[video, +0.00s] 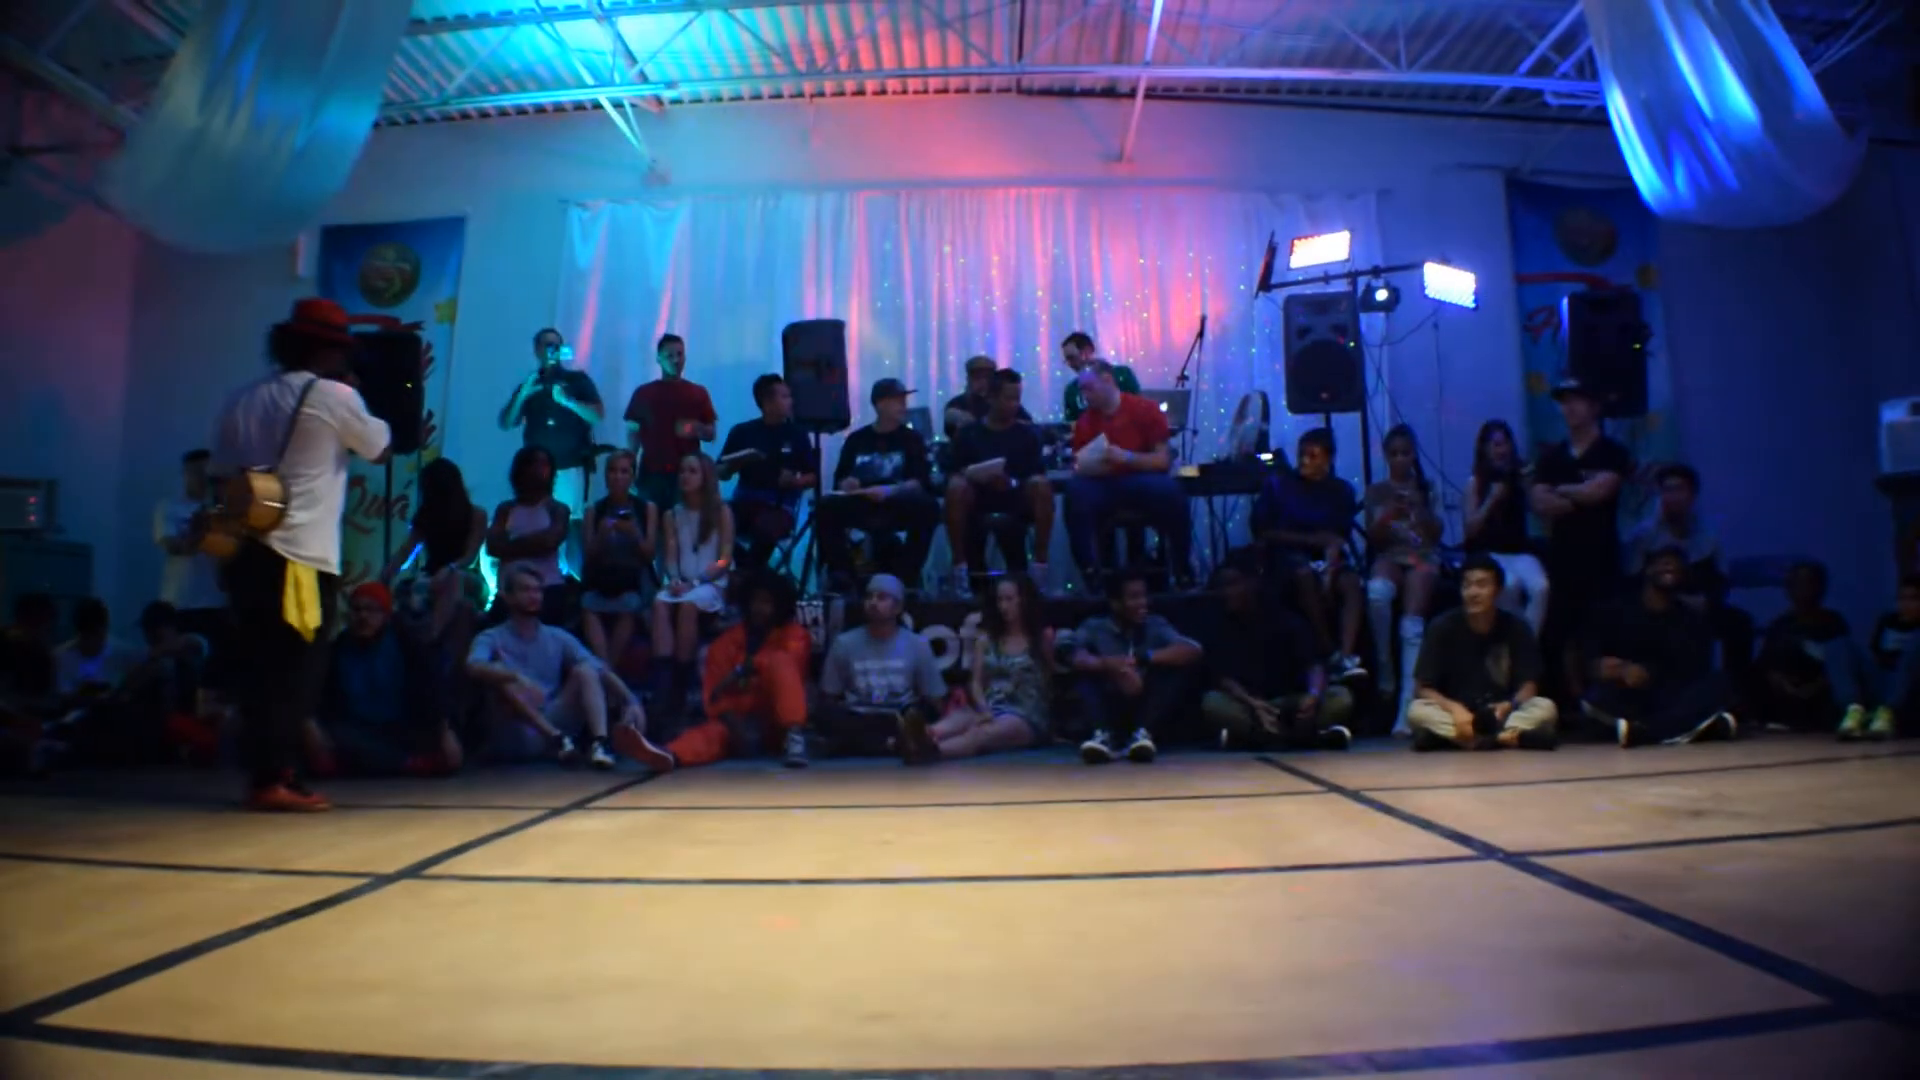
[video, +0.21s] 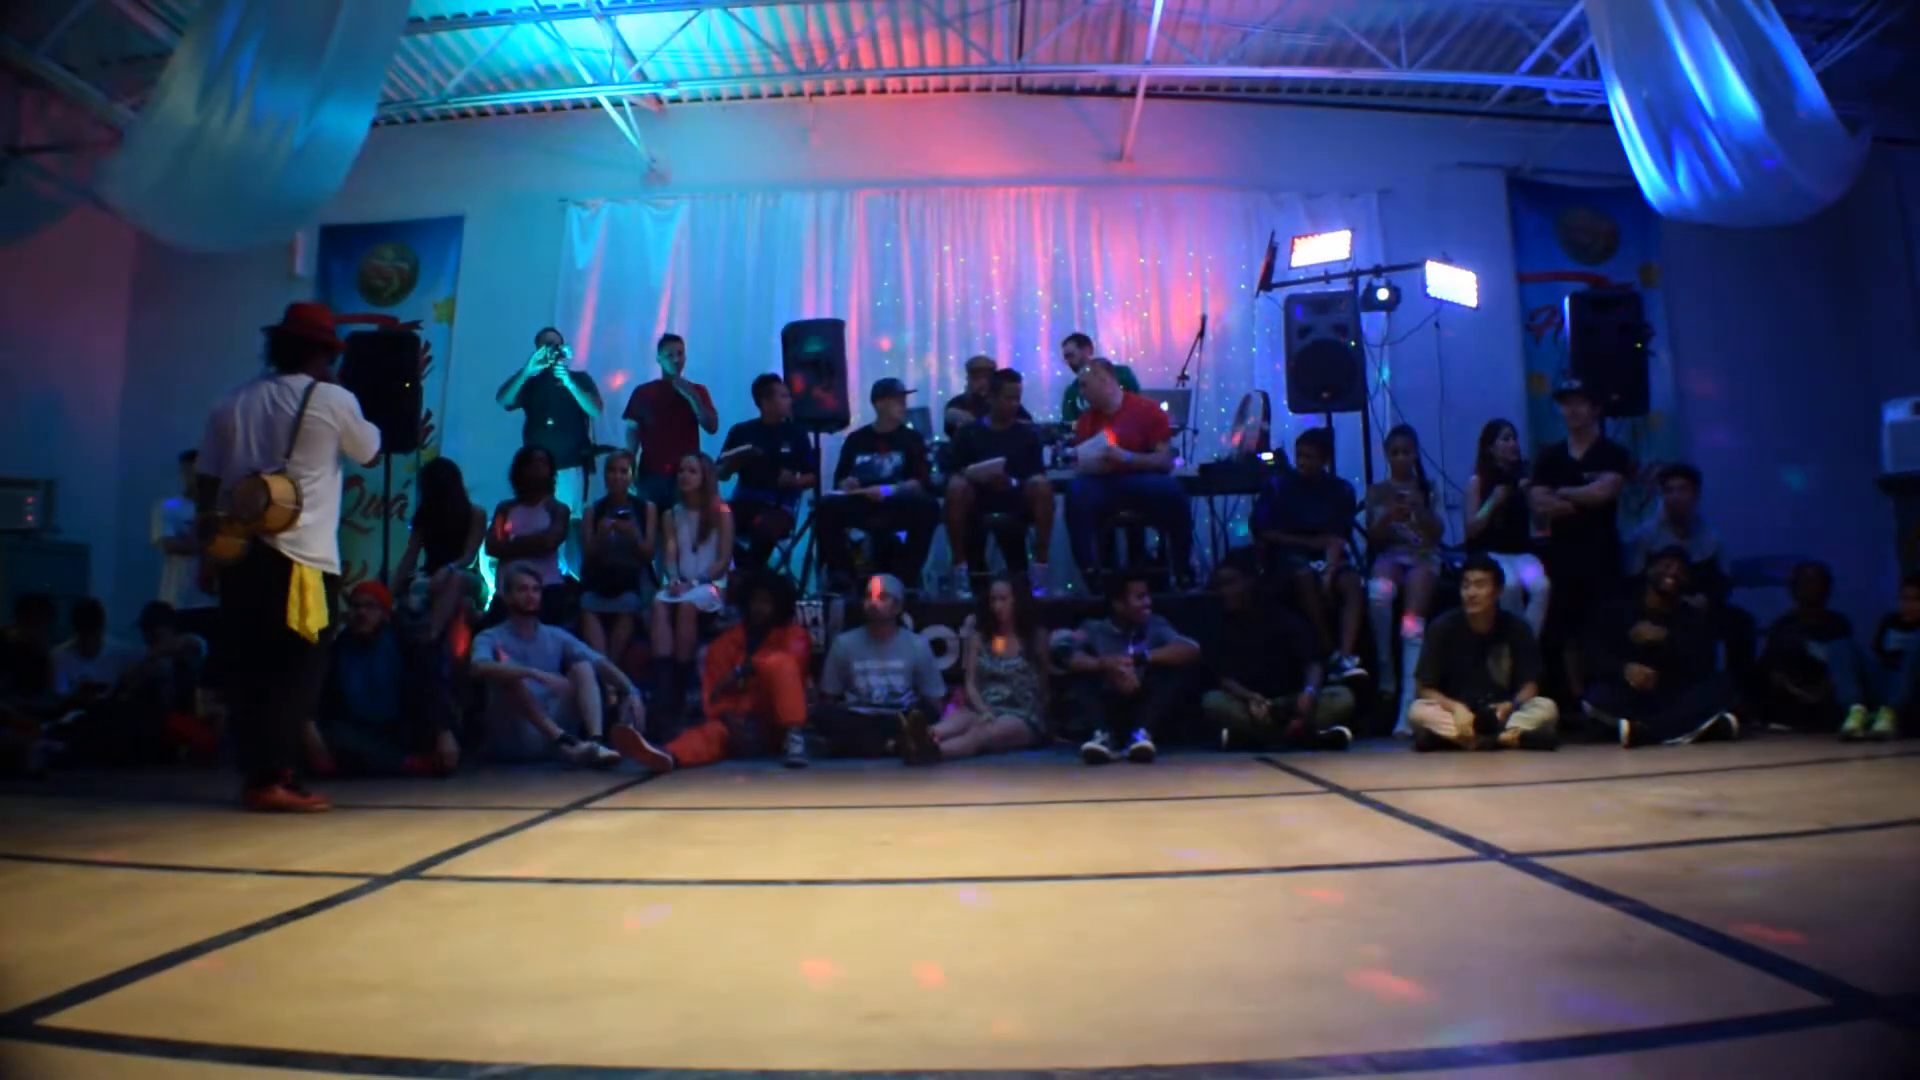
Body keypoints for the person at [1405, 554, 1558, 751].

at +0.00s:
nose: (1473, 592)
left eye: (1482, 585)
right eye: (1467, 585)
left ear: (1497, 590)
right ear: (1461, 590)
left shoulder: (1516, 627)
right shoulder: (1442, 628)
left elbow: (1529, 685)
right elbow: (1423, 688)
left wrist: (1509, 706)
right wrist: (1456, 710)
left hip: (1501, 705)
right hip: (1457, 706)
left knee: (1545, 707)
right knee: (1417, 711)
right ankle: (1506, 739)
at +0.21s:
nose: (1471, 593)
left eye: (1480, 585)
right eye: (1466, 586)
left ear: (1497, 590)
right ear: (1460, 590)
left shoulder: (1517, 628)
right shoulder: (1442, 628)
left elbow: (1530, 686)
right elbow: (1424, 689)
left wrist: (1510, 706)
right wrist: (1457, 708)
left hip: (1502, 706)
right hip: (1458, 707)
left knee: (1546, 707)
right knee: (1418, 710)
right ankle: (1507, 740)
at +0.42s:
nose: (1469, 593)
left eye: (1478, 586)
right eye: (1464, 586)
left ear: (1497, 591)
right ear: (1459, 591)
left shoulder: (1516, 628)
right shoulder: (1441, 629)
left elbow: (1530, 685)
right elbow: (1425, 689)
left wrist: (1510, 705)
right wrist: (1457, 708)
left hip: (1502, 705)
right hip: (1458, 705)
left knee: (1546, 707)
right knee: (1418, 711)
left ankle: (1462, 742)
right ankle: (1507, 740)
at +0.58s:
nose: (1469, 594)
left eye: (1478, 586)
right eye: (1464, 586)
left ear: (1497, 591)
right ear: (1458, 591)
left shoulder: (1516, 628)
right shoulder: (1442, 628)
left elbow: (1530, 685)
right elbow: (1425, 690)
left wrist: (1510, 706)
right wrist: (1457, 708)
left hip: (1502, 705)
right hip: (1458, 706)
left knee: (1546, 708)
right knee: (1418, 711)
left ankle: (1467, 742)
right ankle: (1506, 740)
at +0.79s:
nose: (1470, 593)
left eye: (1479, 585)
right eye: (1465, 586)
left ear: (1498, 591)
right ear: (1459, 591)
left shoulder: (1516, 628)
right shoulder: (1443, 629)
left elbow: (1530, 685)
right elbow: (1425, 689)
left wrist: (1510, 706)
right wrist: (1457, 708)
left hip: (1502, 705)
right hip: (1458, 705)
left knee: (1546, 708)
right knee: (1418, 711)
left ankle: (1467, 742)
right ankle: (1505, 740)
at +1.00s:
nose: (1471, 593)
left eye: (1480, 585)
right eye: (1466, 586)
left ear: (1498, 591)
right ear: (1460, 591)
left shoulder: (1516, 628)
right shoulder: (1443, 629)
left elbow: (1530, 685)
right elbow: (1425, 689)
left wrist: (1510, 706)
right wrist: (1457, 708)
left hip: (1502, 704)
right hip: (1457, 704)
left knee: (1546, 708)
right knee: (1418, 711)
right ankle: (1505, 740)